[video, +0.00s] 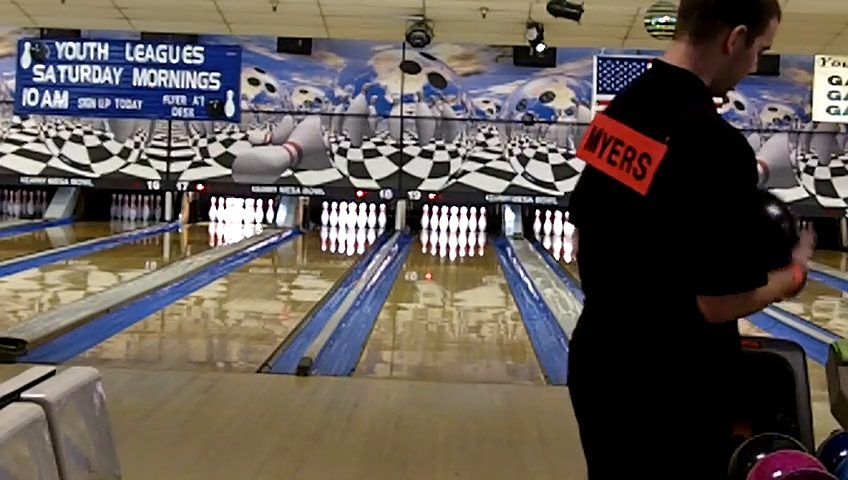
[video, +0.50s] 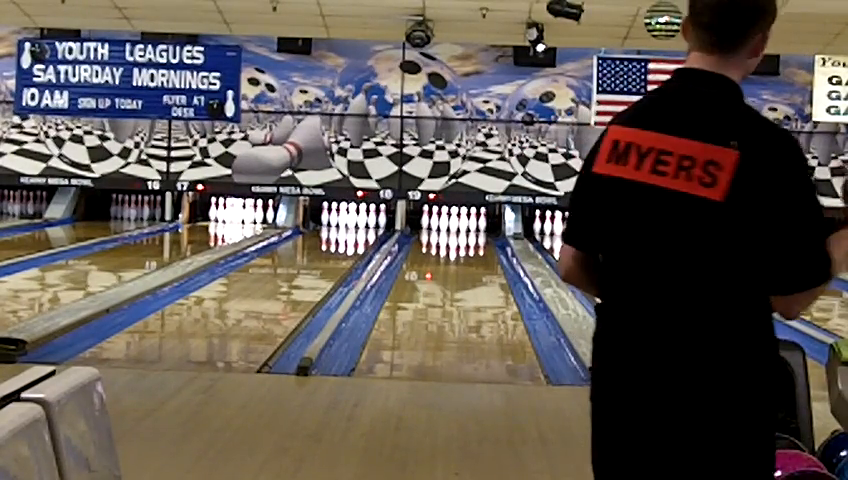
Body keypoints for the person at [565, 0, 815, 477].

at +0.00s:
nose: (754, 67)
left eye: (762, 55)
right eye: (759, 52)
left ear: (684, 26)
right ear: (734, 40)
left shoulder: (625, 105)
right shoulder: (718, 146)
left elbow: (586, 248)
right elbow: (717, 302)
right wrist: (788, 278)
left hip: (600, 352)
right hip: (679, 368)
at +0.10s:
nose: (748, 66)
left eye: (755, 55)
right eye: (754, 52)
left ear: (681, 24)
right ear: (735, 42)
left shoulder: (617, 112)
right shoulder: (724, 148)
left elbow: (582, 252)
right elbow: (730, 300)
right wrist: (796, 249)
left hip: (604, 357)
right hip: (689, 373)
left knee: (615, 479)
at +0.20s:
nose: (746, 69)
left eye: (751, 55)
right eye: (751, 53)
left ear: (677, 31)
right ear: (734, 46)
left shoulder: (609, 120)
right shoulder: (729, 148)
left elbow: (573, 263)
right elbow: (741, 299)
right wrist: (817, 248)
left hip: (605, 364)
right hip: (696, 376)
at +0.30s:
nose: (747, 66)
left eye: (751, 54)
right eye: (752, 52)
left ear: (675, 32)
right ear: (738, 47)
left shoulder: (608, 124)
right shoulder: (737, 148)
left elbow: (573, 270)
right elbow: (753, 303)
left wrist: (652, 278)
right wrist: (832, 251)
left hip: (607, 368)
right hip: (703, 377)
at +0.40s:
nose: (754, 57)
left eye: (756, 47)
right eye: (757, 46)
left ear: (678, 30)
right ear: (748, 45)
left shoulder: (613, 126)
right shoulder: (752, 148)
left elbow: (572, 270)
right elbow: (767, 304)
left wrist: (642, 284)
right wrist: (833, 247)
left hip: (614, 375)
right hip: (712, 382)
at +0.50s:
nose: (763, 50)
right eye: (765, 42)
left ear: (685, 30)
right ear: (760, 45)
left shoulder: (623, 128)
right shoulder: (772, 147)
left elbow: (573, 264)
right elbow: (791, 301)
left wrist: (631, 291)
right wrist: (835, 252)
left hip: (628, 379)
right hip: (729, 385)